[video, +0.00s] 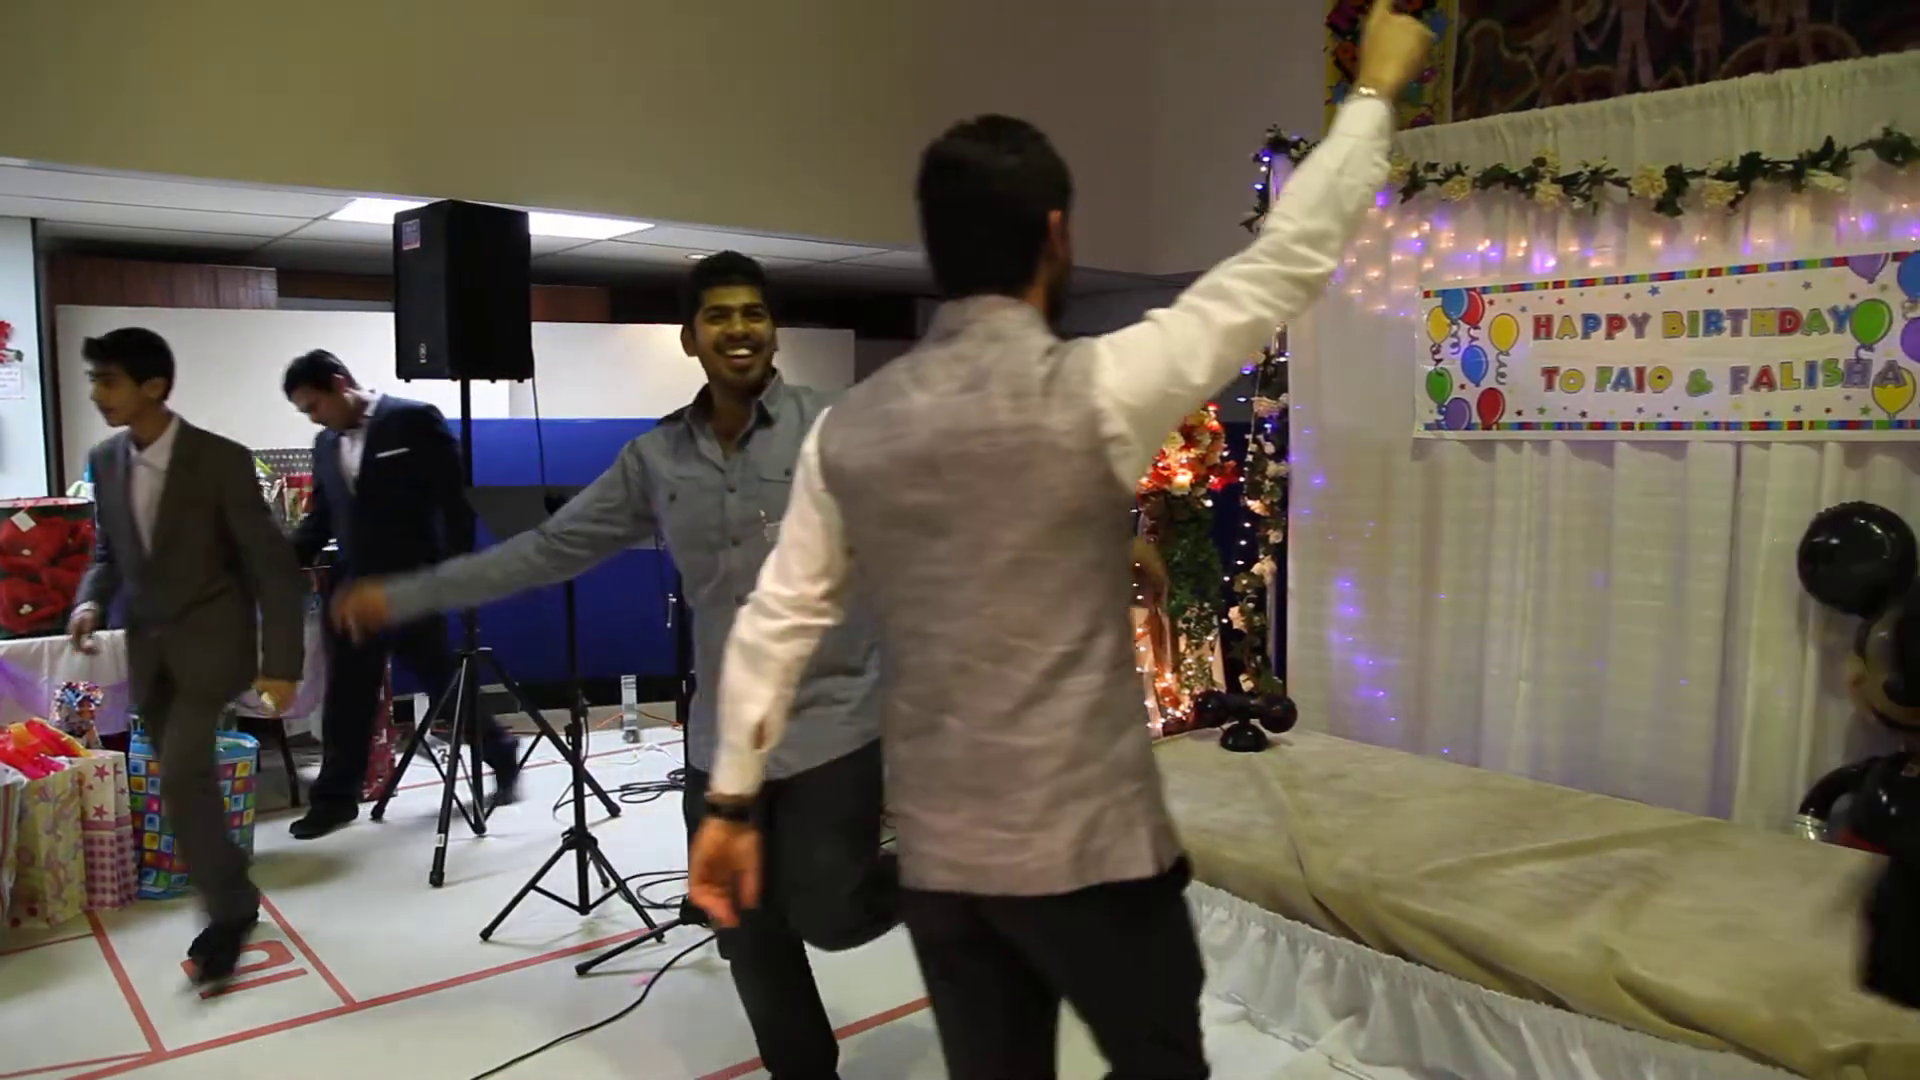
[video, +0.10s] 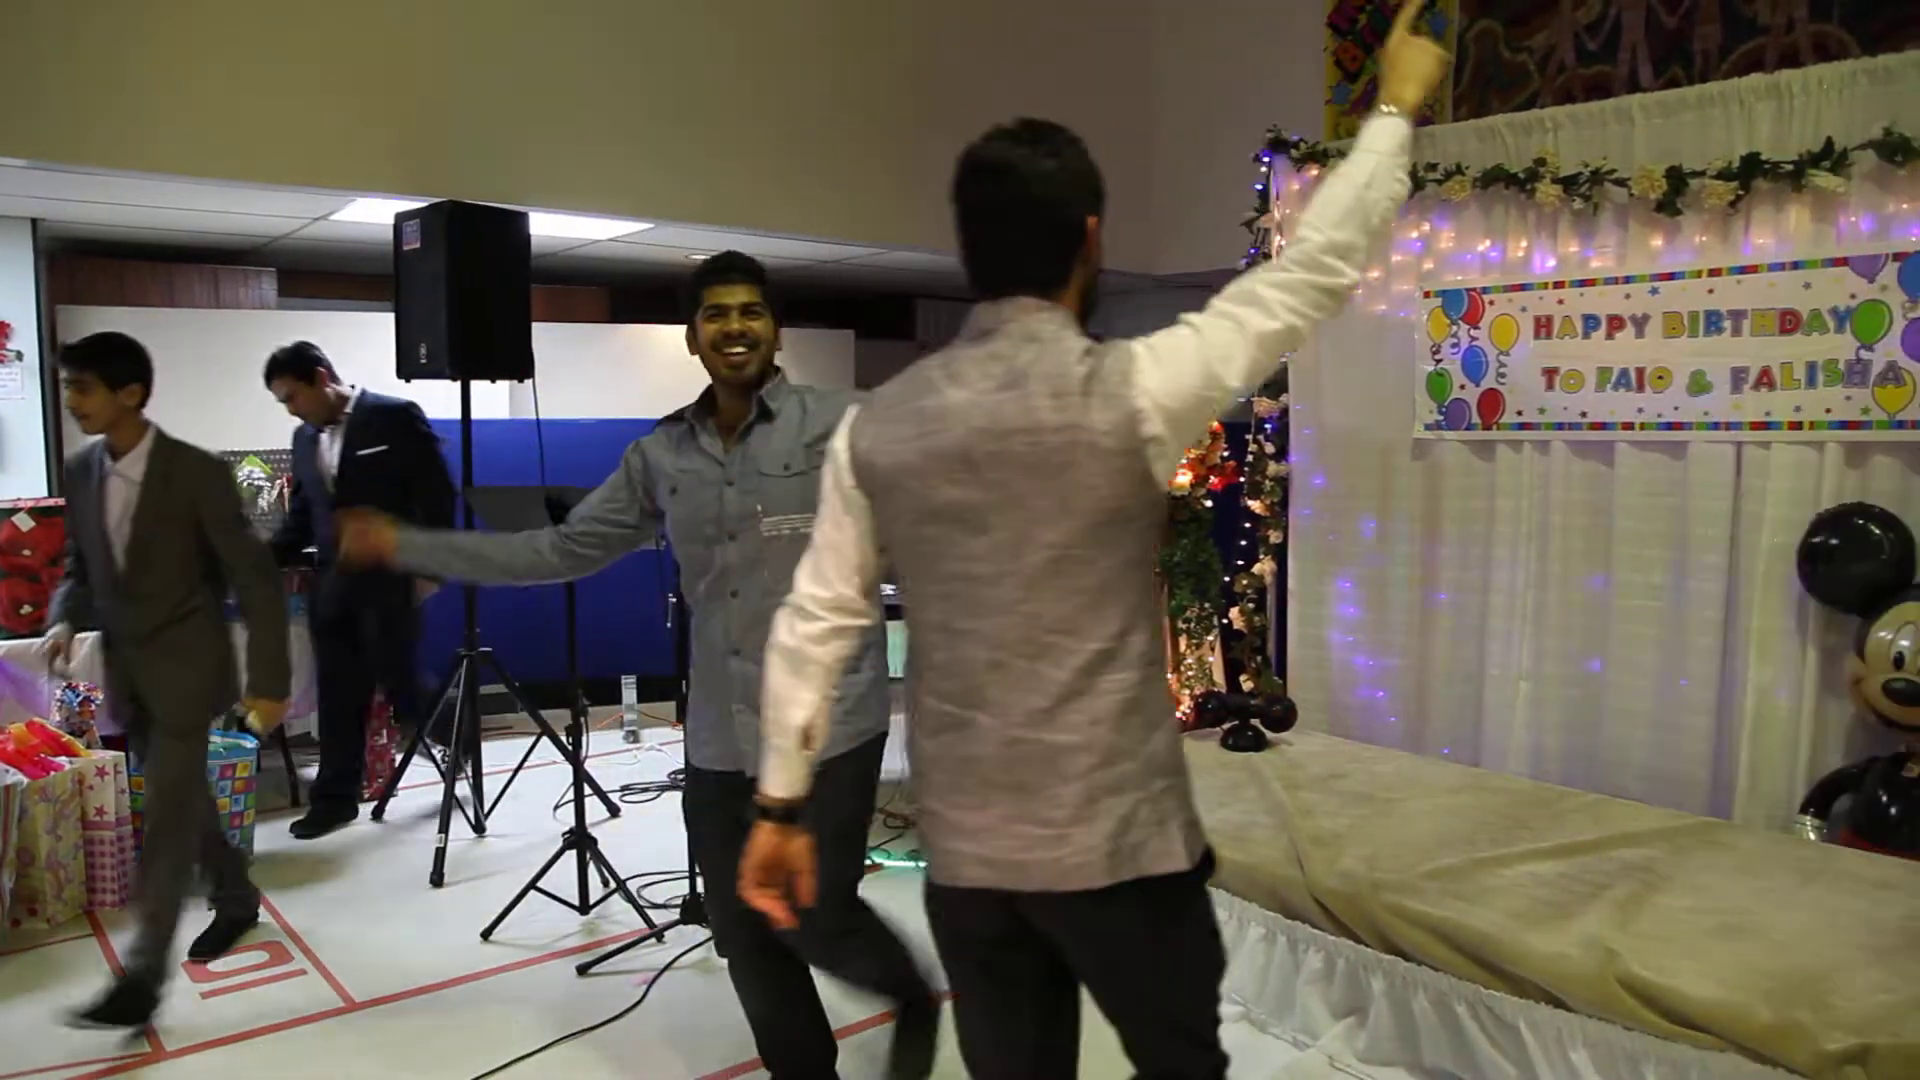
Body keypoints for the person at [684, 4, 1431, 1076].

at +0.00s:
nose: (1072, 232)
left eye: (1063, 214)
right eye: (1067, 214)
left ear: (934, 241)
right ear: (1055, 234)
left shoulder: (850, 428)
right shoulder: (1094, 392)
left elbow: (781, 614)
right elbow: (1279, 267)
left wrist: (731, 799)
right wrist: (1379, 93)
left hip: (939, 872)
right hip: (1092, 869)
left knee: (993, 1076)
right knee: (1162, 1067)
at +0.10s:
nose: (1103, 237)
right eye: (1099, 219)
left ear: (967, 244)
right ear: (1089, 239)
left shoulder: (876, 429)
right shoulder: (1131, 393)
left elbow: (818, 620)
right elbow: (1306, 277)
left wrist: (778, 804)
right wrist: (1397, 112)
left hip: (967, 868)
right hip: (1120, 865)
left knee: (1012, 1072)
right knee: (1183, 1064)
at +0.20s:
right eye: (1134, 236)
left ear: (998, 263)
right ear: (1127, 257)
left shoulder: (909, 443)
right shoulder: (1168, 410)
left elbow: (858, 638)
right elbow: (1338, 299)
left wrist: (835, 818)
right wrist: (1416, 137)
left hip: (993, 875)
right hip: (1147, 874)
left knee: (1022, 1076)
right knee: (1207, 1069)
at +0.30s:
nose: (1167, 255)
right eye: (1165, 240)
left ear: (1038, 267)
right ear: (1162, 264)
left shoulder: (946, 441)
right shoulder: (1208, 410)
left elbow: (905, 629)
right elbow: (1369, 305)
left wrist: (882, 810)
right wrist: (1444, 164)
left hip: (1024, 860)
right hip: (1182, 857)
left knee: (1045, 1072)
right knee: (1232, 1067)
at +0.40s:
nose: (1215, 260)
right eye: (1213, 243)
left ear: (1077, 267)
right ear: (1201, 268)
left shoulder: (988, 441)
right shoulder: (1254, 406)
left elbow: (951, 629)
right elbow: (1399, 310)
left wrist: (927, 806)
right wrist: (1478, 183)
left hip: (1071, 848)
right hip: (1227, 845)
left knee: (1074, 1069)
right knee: (1255, 1066)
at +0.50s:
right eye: (1244, 245)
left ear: (1122, 271)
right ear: (1245, 267)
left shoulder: (1039, 442)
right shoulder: (1301, 405)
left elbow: (996, 634)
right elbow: (1429, 326)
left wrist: (961, 807)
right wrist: (1514, 216)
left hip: (1120, 838)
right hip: (1274, 835)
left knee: (1113, 1061)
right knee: (1281, 1063)